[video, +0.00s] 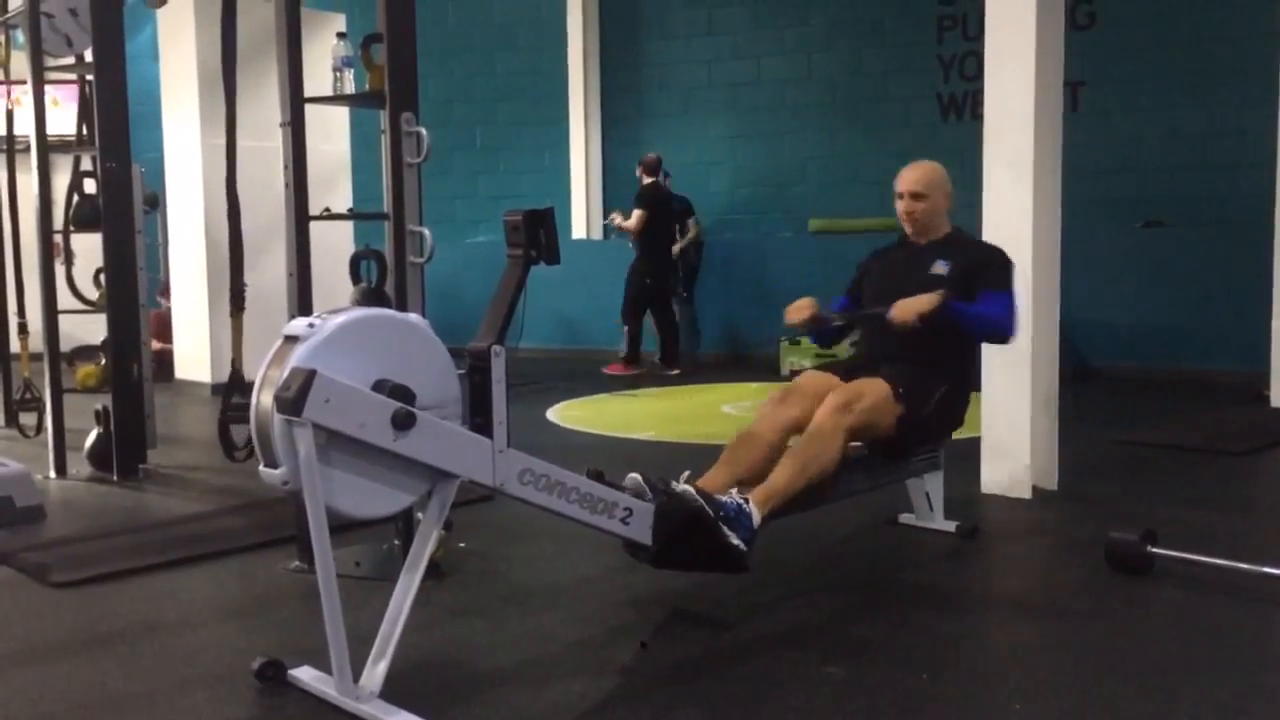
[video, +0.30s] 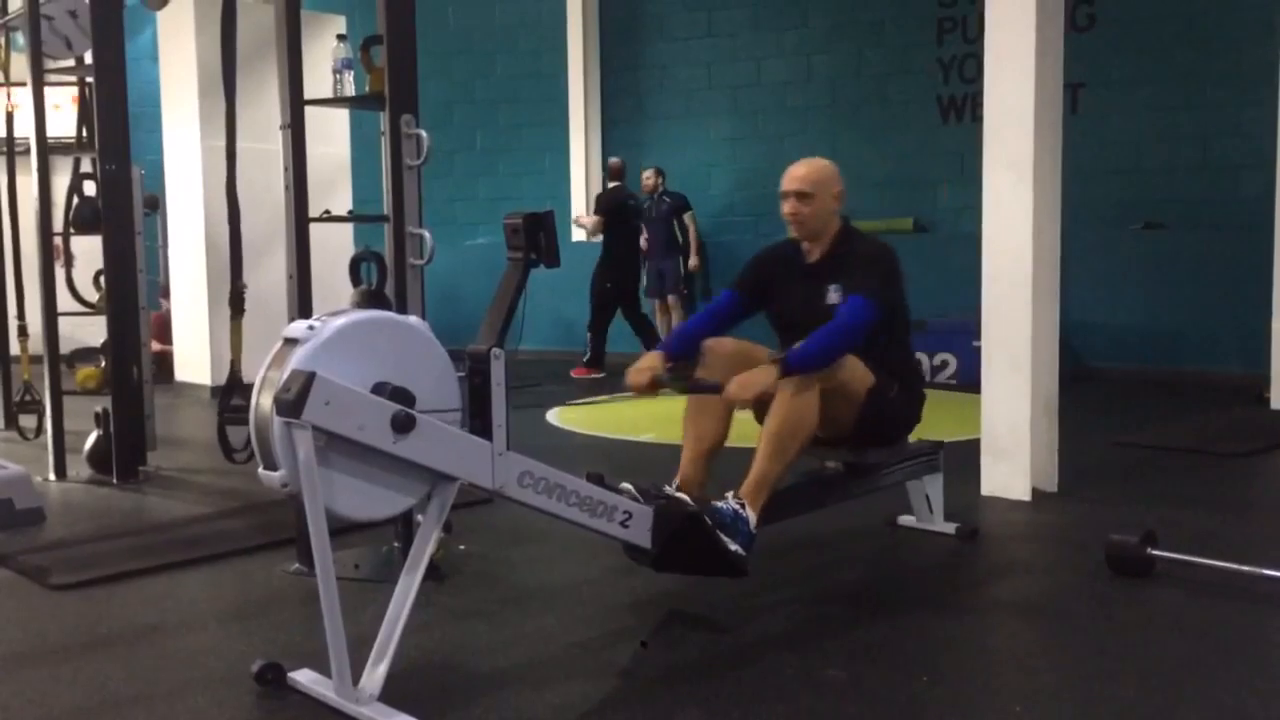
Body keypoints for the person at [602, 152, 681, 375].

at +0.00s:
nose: (636, 173)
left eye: (637, 169)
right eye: (638, 169)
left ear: (641, 170)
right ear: (658, 170)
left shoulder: (645, 193)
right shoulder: (668, 194)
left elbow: (635, 225)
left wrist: (619, 222)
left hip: (645, 261)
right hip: (664, 259)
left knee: (632, 311)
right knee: (663, 310)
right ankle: (670, 360)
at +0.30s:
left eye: (606, 172)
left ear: (605, 174)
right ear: (624, 174)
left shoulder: (605, 197)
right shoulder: (633, 198)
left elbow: (595, 227)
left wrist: (581, 220)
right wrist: (592, 221)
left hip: (610, 262)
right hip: (631, 261)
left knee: (600, 313)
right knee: (633, 311)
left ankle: (594, 363)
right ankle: (660, 355)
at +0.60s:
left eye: (580, 173)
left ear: (577, 176)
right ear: (597, 175)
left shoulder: (568, 199)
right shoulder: (610, 200)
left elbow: (559, 229)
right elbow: (608, 227)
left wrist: (574, 226)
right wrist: (576, 224)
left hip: (582, 263)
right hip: (606, 262)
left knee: (582, 312)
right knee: (599, 309)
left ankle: (584, 364)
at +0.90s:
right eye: (581, 177)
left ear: (564, 179)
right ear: (583, 180)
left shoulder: (551, 201)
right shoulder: (592, 205)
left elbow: (544, 233)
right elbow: (593, 237)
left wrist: (545, 259)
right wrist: (578, 244)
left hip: (560, 263)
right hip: (584, 264)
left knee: (566, 313)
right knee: (574, 313)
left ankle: (585, 361)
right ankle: (561, 360)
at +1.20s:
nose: (577, 182)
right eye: (578, 179)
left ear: (559, 177)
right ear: (578, 181)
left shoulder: (540, 198)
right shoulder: (582, 205)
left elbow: (529, 228)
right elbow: (585, 235)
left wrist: (532, 253)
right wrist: (568, 228)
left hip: (547, 264)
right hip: (571, 267)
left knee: (541, 308)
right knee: (568, 312)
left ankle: (549, 342)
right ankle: (562, 365)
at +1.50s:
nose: (567, 184)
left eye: (566, 181)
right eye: (566, 181)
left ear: (547, 182)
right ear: (561, 183)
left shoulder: (531, 201)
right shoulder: (564, 205)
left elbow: (527, 231)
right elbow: (575, 236)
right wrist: (567, 208)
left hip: (536, 262)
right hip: (557, 262)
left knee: (540, 311)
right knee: (565, 312)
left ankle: (526, 360)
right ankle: (560, 364)